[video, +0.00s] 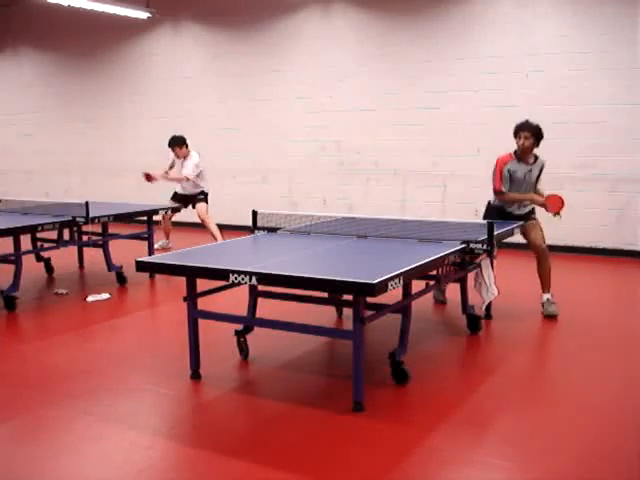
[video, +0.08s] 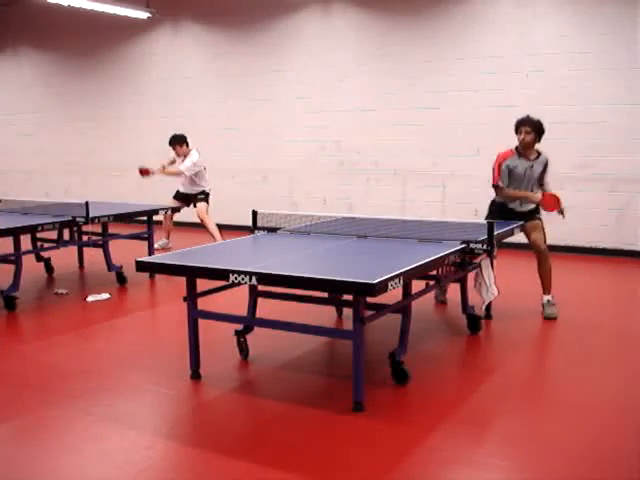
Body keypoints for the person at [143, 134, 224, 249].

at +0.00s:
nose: (174, 154)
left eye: (175, 151)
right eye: (173, 151)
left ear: (183, 147)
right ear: (174, 150)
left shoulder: (194, 159)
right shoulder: (177, 157)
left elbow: (186, 178)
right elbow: (168, 171)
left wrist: (167, 178)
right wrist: (155, 177)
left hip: (198, 192)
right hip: (182, 192)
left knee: (202, 216)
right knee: (165, 216)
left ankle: (221, 242)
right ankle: (166, 241)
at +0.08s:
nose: (175, 152)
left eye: (176, 149)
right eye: (173, 149)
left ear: (184, 146)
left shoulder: (194, 157)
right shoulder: (180, 155)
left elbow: (181, 171)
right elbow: (171, 161)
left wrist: (163, 171)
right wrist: (157, 169)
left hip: (200, 191)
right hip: (184, 191)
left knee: (202, 215)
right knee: (167, 213)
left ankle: (220, 242)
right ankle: (166, 240)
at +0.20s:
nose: (175, 151)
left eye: (177, 148)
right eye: (174, 148)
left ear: (185, 146)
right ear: (184, 146)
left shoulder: (193, 158)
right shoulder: (188, 151)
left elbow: (182, 162)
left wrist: (169, 150)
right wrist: (164, 145)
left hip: (206, 193)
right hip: (195, 190)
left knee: (200, 218)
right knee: (175, 207)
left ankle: (218, 243)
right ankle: (173, 234)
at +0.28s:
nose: (177, 153)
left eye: (178, 150)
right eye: (175, 150)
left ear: (186, 147)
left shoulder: (195, 157)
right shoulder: (187, 157)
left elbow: (193, 168)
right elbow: (179, 160)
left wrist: (179, 153)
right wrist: (165, 156)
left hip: (208, 192)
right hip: (196, 192)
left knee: (206, 218)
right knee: (181, 214)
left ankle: (219, 243)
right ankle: (187, 235)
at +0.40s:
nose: (182, 151)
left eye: (184, 148)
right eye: (181, 149)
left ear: (192, 147)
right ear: (182, 149)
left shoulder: (203, 158)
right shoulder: (188, 160)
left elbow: (205, 175)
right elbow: (182, 173)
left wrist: (186, 169)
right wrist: (169, 183)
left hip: (214, 189)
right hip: (200, 191)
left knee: (216, 212)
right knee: (183, 214)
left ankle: (234, 238)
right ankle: (187, 236)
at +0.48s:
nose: (188, 149)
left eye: (190, 146)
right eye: (187, 146)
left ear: (198, 146)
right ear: (187, 146)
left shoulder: (208, 158)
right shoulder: (193, 159)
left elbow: (211, 175)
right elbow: (187, 173)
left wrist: (192, 175)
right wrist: (177, 183)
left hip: (217, 191)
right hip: (203, 191)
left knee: (222, 213)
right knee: (187, 212)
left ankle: (245, 234)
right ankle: (187, 236)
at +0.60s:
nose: (203, 148)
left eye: (205, 144)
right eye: (202, 145)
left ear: (213, 144)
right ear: (202, 145)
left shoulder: (222, 157)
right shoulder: (203, 157)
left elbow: (226, 178)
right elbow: (198, 171)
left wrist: (206, 182)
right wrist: (198, 180)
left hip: (229, 188)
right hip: (213, 189)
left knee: (240, 208)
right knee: (197, 211)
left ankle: (255, 228)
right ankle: (193, 234)